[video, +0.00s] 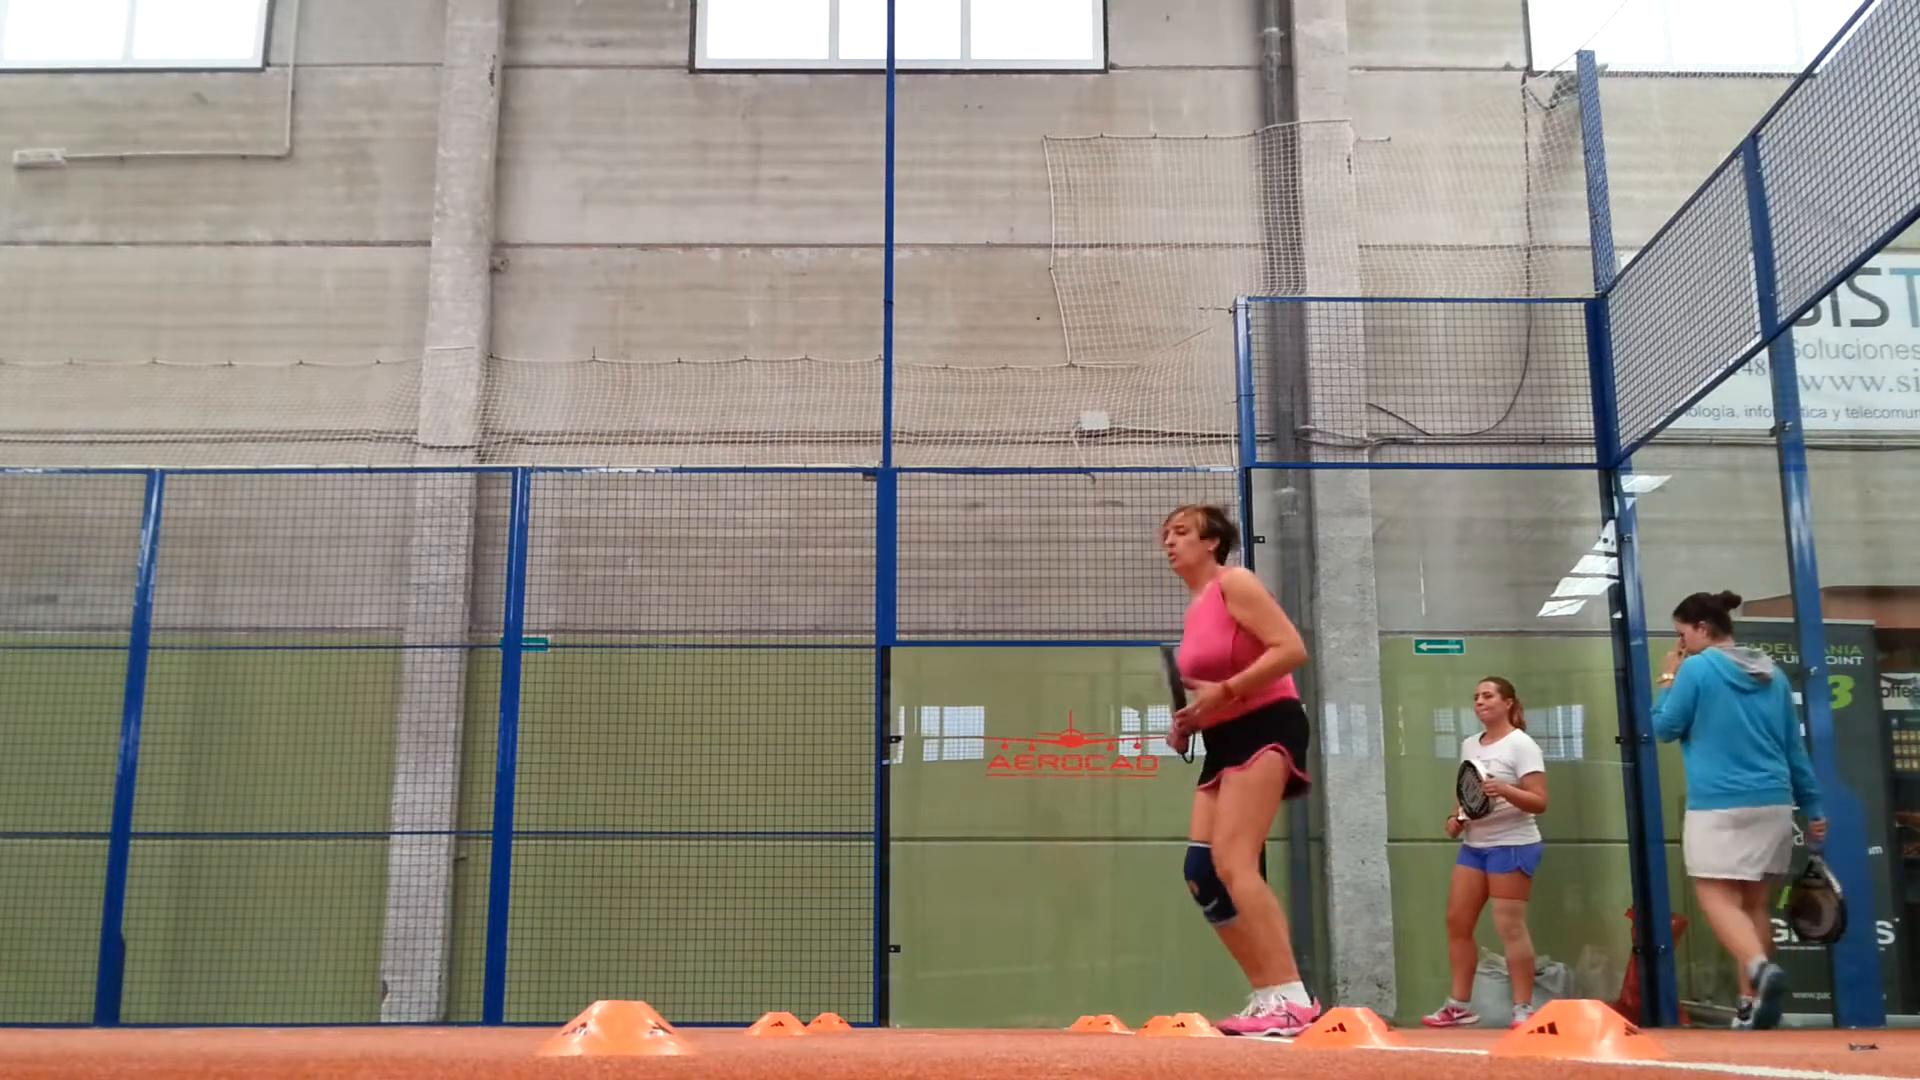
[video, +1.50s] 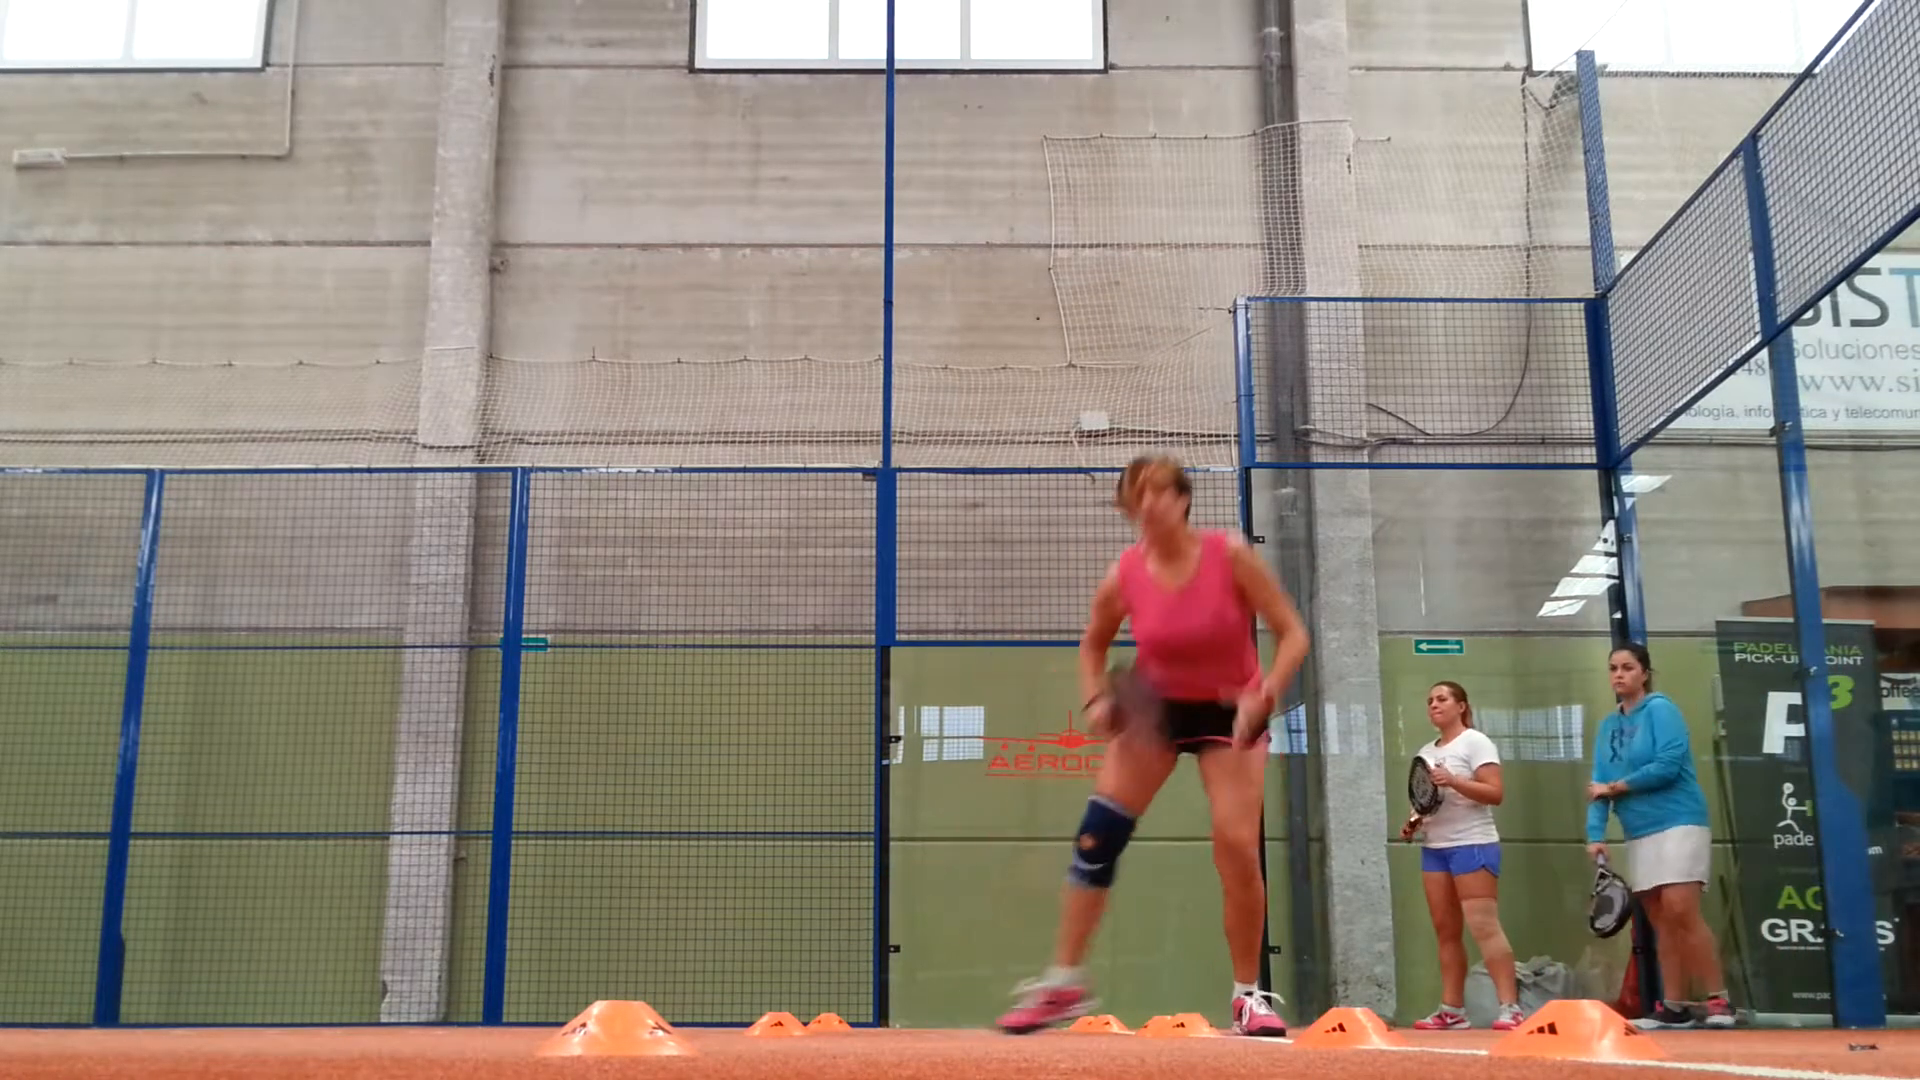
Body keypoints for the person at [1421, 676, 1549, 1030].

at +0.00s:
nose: (1480, 702)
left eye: (1488, 696)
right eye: (1477, 697)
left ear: (1508, 703)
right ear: (1475, 706)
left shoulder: (1523, 745)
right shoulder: (1470, 746)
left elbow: (1539, 801)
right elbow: (1469, 794)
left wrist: (1505, 790)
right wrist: (1458, 816)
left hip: (1513, 844)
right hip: (1475, 844)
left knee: (1510, 927)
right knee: (1458, 922)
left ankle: (1523, 1009)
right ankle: (1460, 1005)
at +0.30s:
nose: (1459, 707)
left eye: (1466, 700)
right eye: (1456, 702)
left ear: (1486, 706)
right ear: (1454, 711)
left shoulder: (1504, 747)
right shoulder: (1451, 751)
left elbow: (1522, 800)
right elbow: (1450, 798)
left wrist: (1488, 788)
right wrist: (1440, 821)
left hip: (1496, 846)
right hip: (1457, 848)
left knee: (1502, 929)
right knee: (1455, 930)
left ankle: (1521, 1008)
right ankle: (1453, 1010)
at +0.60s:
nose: (1431, 710)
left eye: (1438, 704)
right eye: (1428, 707)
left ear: (1458, 710)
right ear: (1426, 717)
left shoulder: (1480, 748)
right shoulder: (1423, 758)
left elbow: (1502, 800)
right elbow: (1417, 801)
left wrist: (1469, 789)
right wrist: (1415, 826)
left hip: (1474, 847)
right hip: (1434, 849)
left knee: (1480, 923)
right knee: (1442, 930)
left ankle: (1518, 1003)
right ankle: (1453, 1009)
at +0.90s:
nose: (1424, 710)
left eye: (1431, 704)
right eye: (1420, 707)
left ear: (1451, 710)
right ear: (1419, 718)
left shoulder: (1475, 746)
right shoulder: (1418, 759)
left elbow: (1498, 796)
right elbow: (1409, 803)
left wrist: (1462, 787)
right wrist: (1404, 826)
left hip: (1470, 847)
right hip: (1429, 850)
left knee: (1482, 926)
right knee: (1440, 930)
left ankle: (1510, 1006)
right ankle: (1453, 1010)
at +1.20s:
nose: (1430, 708)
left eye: (1437, 701)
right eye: (1426, 704)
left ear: (1457, 708)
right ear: (1425, 714)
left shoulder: (1475, 743)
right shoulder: (1424, 755)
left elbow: (1494, 794)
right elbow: (1422, 800)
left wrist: (1457, 779)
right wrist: (1416, 821)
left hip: (1471, 846)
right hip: (1433, 849)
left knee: (1484, 927)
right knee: (1443, 931)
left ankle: (1510, 1006)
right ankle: (1453, 1010)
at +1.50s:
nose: (1434, 705)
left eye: (1442, 699)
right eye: (1431, 701)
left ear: (1461, 706)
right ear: (1429, 711)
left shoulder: (1477, 743)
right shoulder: (1426, 753)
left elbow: (1495, 793)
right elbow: (1426, 799)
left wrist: (1453, 782)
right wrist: (1414, 820)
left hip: (1472, 845)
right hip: (1435, 848)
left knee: (1484, 926)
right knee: (1446, 930)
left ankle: (1509, 1007)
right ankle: (1452, 1009)